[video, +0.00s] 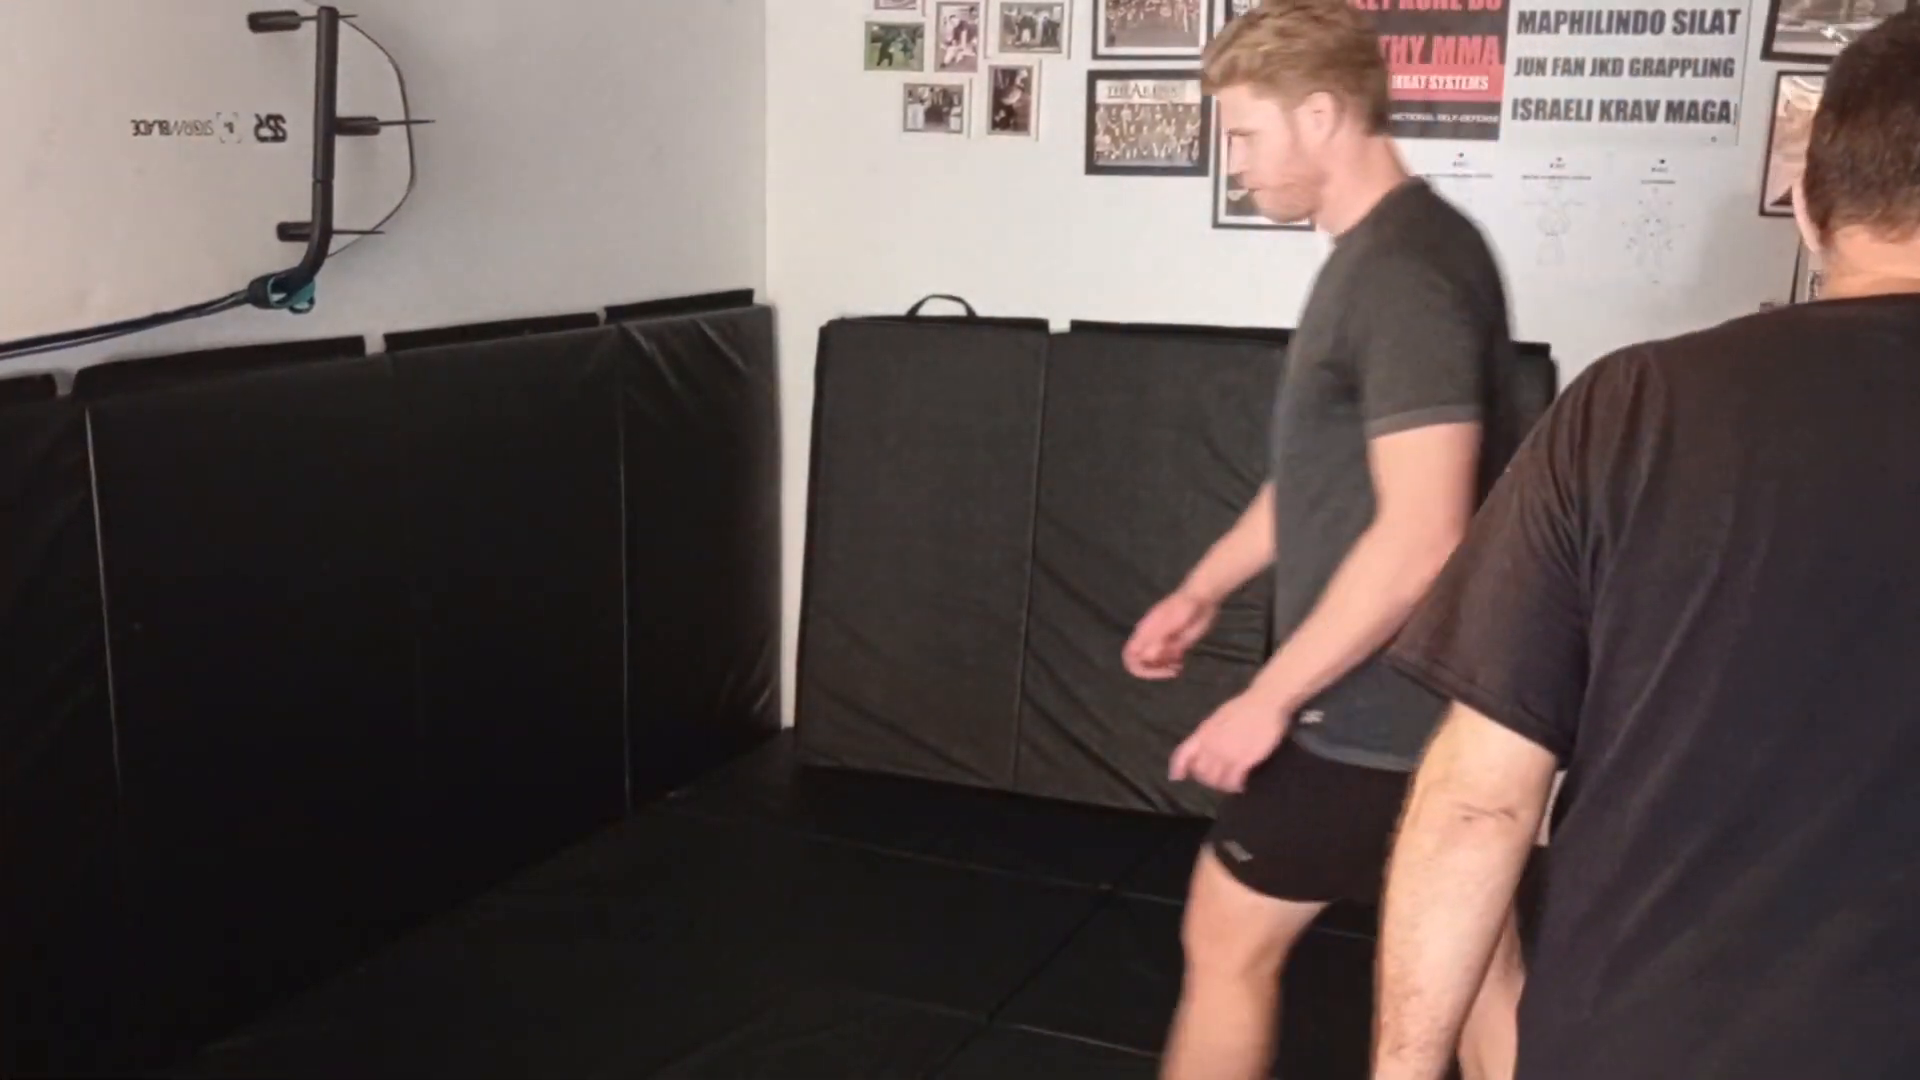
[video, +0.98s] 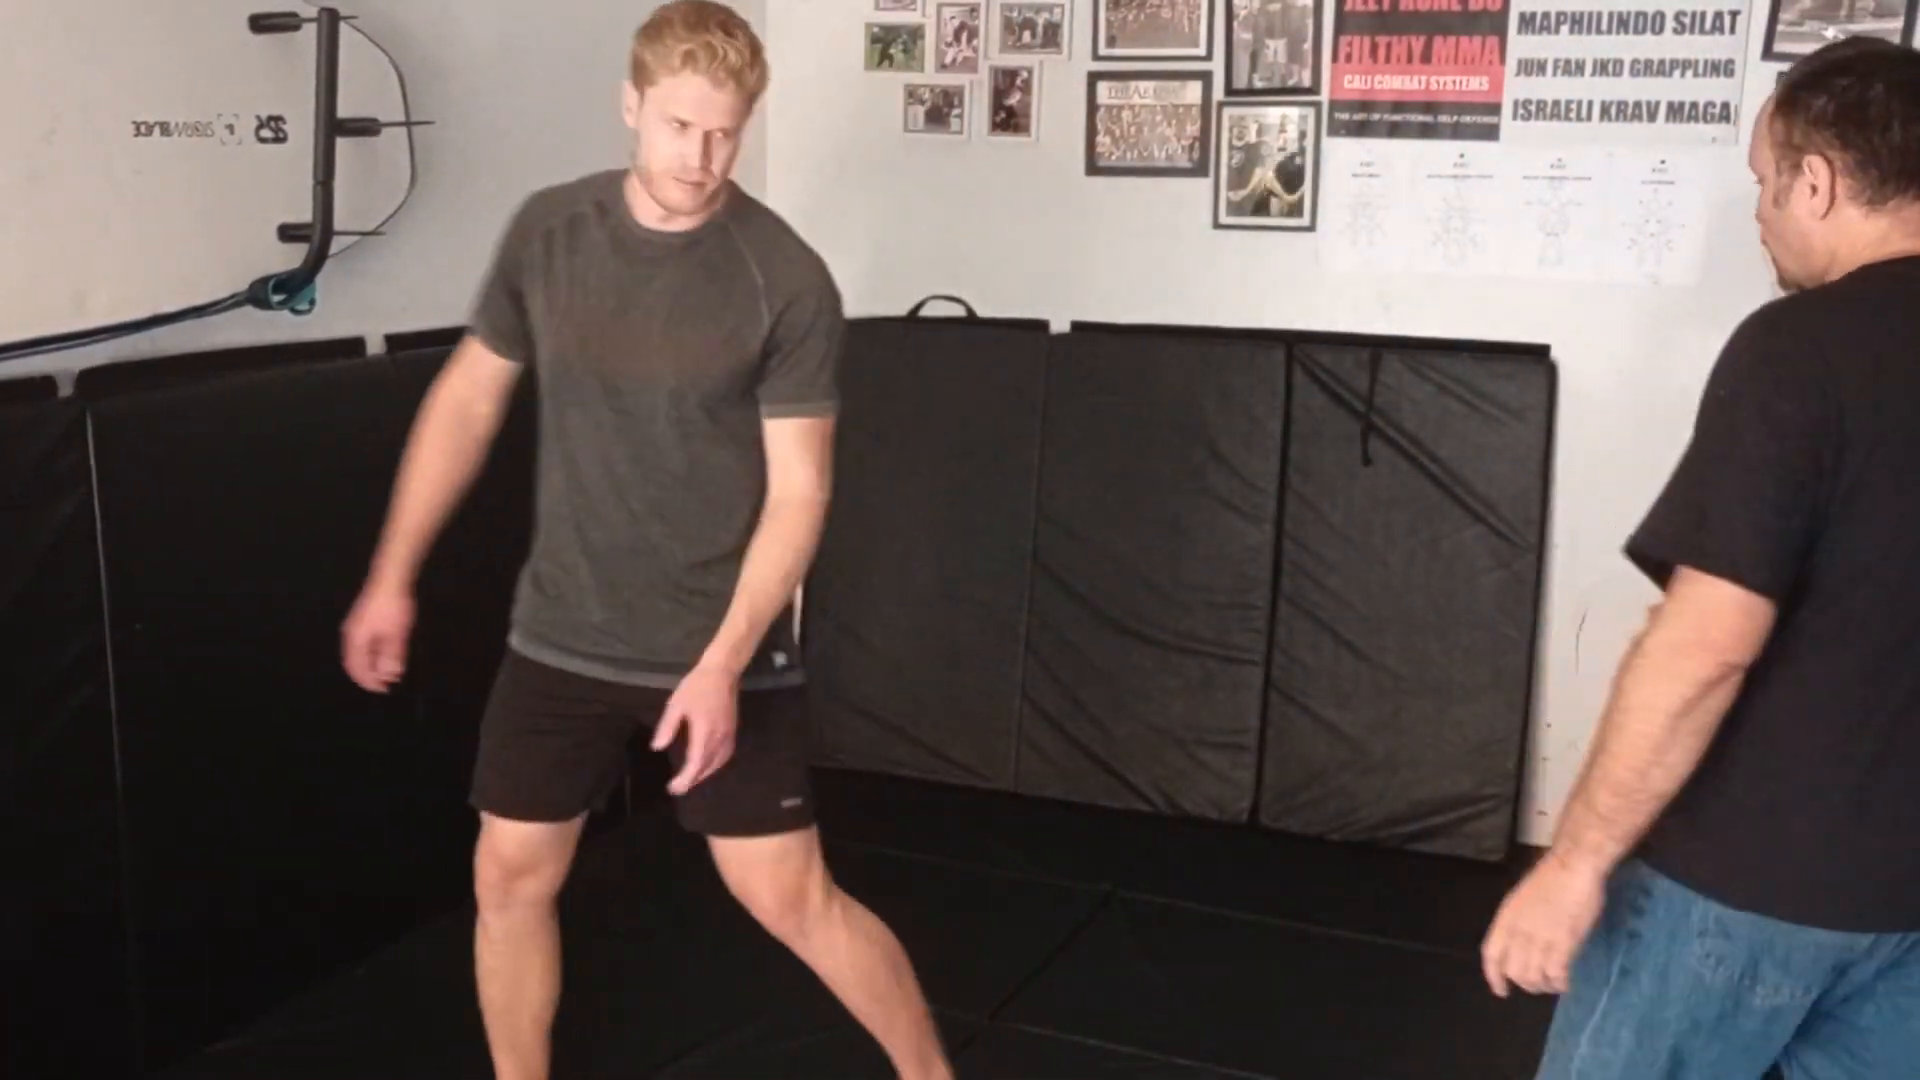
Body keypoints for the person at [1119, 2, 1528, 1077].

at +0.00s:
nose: (1233, 166)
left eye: (1243, 135)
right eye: (1228, 140)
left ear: (1327, 116)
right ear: (1327, 120)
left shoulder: (1407, 266)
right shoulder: (1371, 257)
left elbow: (1423, 531)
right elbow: (1316, 473)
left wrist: (1268, 698)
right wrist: (1204, 591)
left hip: (1369, 728)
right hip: (1416, 719)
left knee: (1227, 945)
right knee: (1480, 978)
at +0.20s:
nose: (1062, 184)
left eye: (1074, 156)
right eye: (1060, 158)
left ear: (1154, 149)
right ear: (1167, 149)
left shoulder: (1190, 316)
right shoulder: (1255, 269)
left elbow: (1199, 576)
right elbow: (1208, 492)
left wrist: (1115, 782)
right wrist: (1097, 614)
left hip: (1172, 741)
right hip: (1256, 723)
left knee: (1042, 931)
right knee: (1307, 944)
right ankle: (1459, 1076)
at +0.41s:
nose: (914, 143)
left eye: (931, 119)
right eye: (911, 119)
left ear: (1016, 117)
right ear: (1015, 119)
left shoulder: (1043, 279)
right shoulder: (1100, 235)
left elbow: (1036, 536)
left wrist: (945, 735)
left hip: (1007, 687)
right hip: (1056, 665)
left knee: (945, 914)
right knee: (1007, 877)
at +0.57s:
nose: (835, 117)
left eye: (854, 95)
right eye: (834, 92)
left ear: (935, 100)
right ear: (928, 101)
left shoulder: (992, 256)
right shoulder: (926, 227)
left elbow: (966, 503)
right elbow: (902, 464)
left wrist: (799, 648)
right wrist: (830, 631)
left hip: (935, 668)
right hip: (852, 640)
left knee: (931, 918)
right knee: (766, 830)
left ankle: (983, 1074)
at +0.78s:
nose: (743, 136)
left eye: (772, 117)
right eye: (734, 109)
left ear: (841, 120)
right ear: (723, 100)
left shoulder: (899, 275)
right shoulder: (737, 232)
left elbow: (891, 510)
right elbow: (704, 429)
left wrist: (704, 629)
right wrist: (677, 584)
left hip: (835, 672)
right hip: (698, 641)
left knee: (880, 926)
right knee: (610, 870)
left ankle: (978, 1076)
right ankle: (550, 1071)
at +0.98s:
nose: (702, 157)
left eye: (726, 133)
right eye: (681, 126)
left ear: (748, 125)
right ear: (632, 106)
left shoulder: (787, 281)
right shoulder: (549, 233)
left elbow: (799, 496)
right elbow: (466, 403)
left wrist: (723, 663)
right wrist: (391, 577)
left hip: (728, 660)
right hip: (559, 646)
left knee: (790, 898)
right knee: (508, 881)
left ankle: (930, 1069)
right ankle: (519, 1076)